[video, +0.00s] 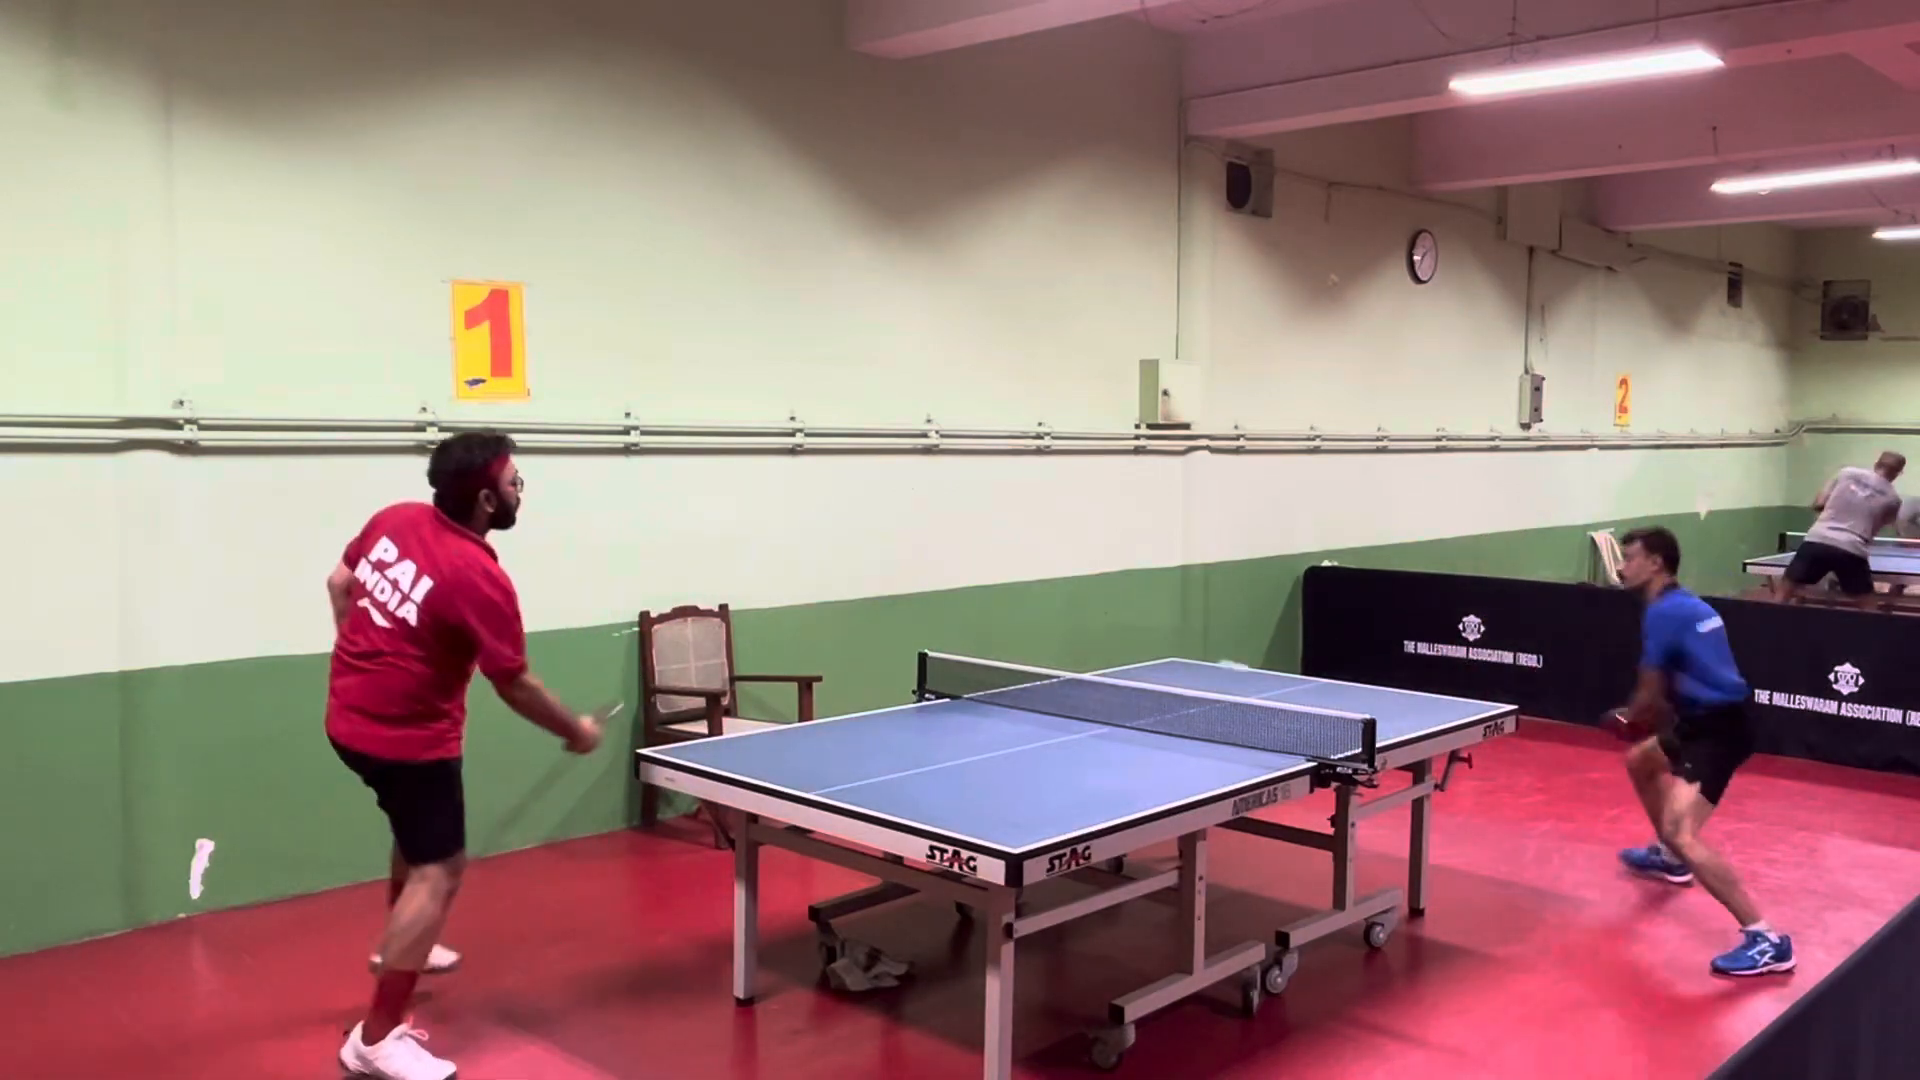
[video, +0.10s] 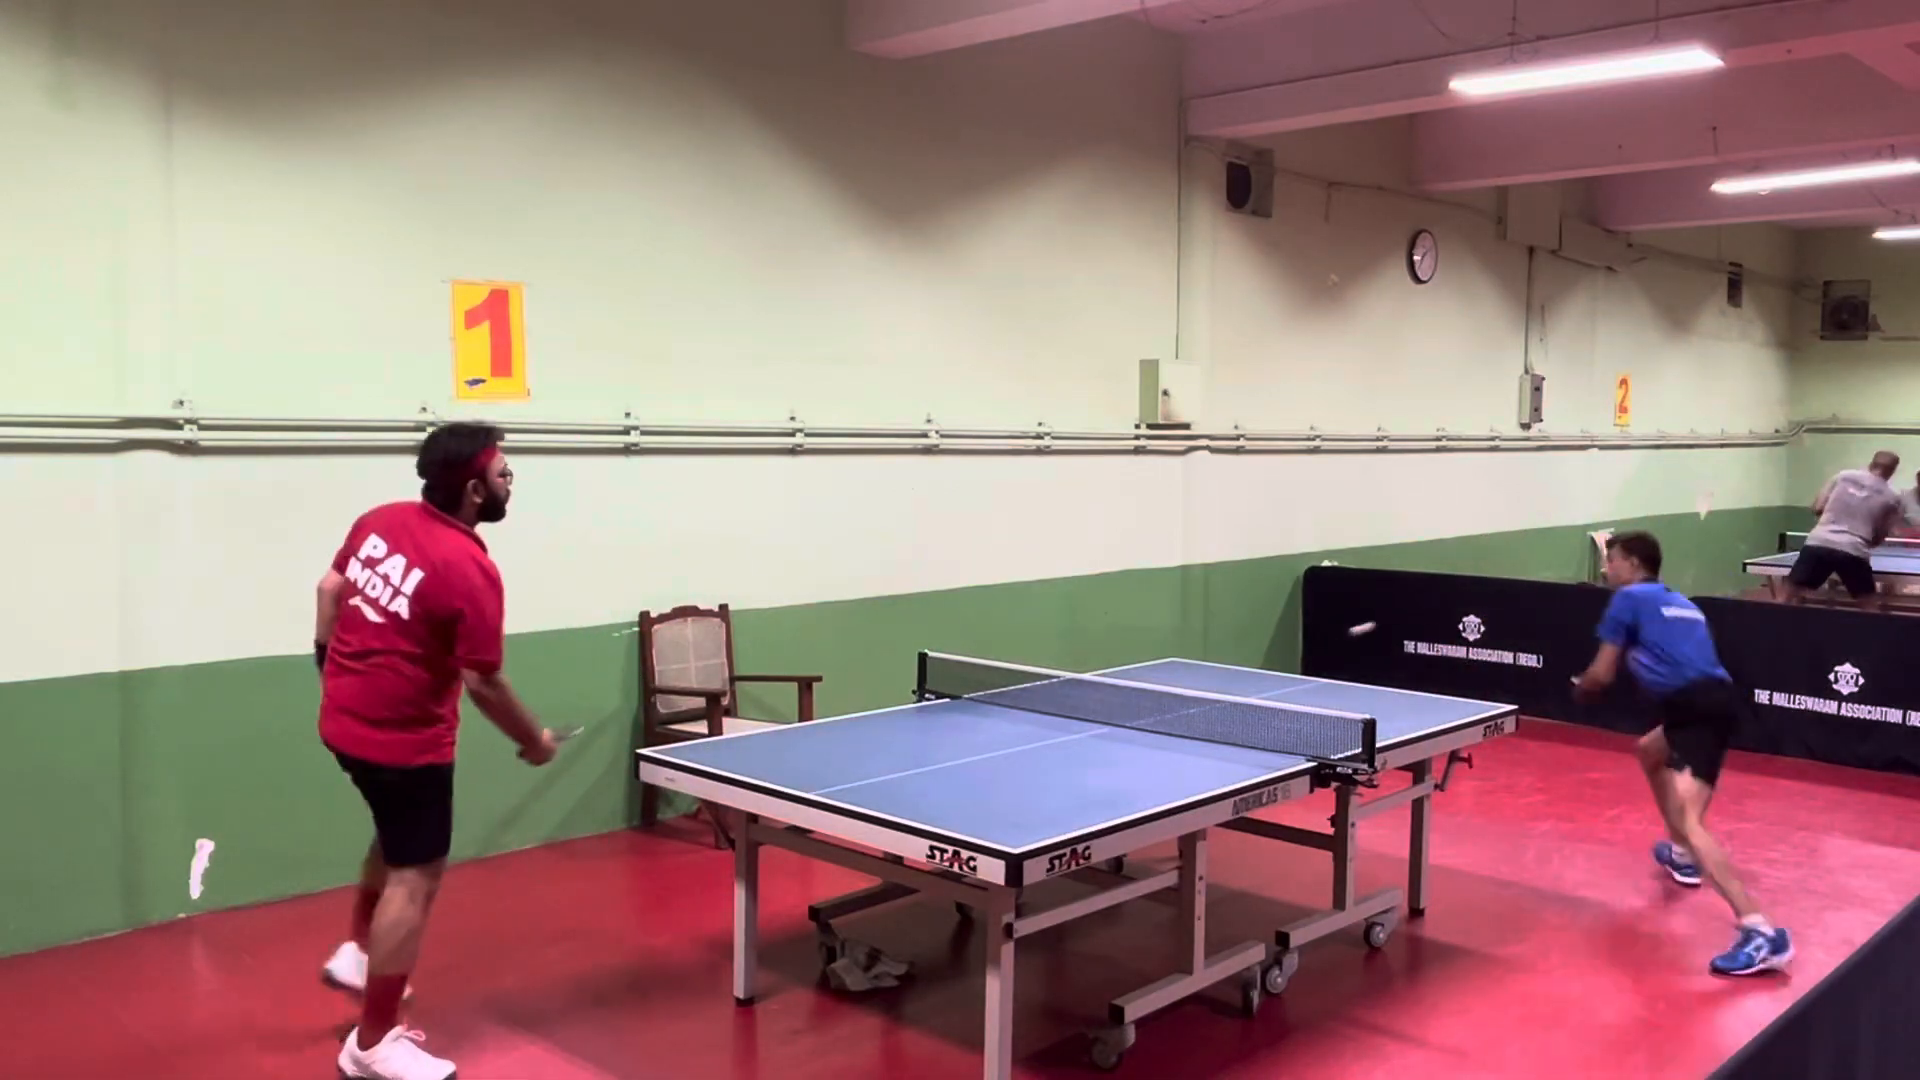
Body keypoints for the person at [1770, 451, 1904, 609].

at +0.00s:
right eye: (1898, 472)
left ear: (1876, 463)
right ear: (1898, 473)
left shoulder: (1846, 473)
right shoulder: (1893, 500)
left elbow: (1819, 503)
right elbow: (1875, 528)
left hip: (1815, 545)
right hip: (1851, 554)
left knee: (1783, 593)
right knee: (1868, 609)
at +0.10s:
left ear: (1871, 465)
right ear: (1892, 472)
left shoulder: (1843, 476)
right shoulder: (1892, 498)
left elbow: (1818, 507)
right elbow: (1879, 537)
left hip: (1817, 547)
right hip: (1852, 554)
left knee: (1789, 597)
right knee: (1869, 609)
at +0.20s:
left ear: (1861, 466)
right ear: (1883, 473)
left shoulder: (1835, 481)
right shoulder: (1885, 498)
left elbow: (1815, 514)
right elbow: (1885, 541)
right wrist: (1868, 553)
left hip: (1816, 549)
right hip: (1851, 556)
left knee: (1789, 596)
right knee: (1866, 607)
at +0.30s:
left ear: (1848, 467)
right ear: (1870, 474)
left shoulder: (1822, 485)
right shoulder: (1873, 498)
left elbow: (1807, 519)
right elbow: (1882, 540)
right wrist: (1868, 554)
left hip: (1810, 555)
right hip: (1845, 559)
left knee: (1787, 601)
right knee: (1868, 608)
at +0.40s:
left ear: (1835, 467)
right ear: (1858, 472)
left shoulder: (1811, 484)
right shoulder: (1864, 494)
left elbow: (1795, 520)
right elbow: (1872, 538)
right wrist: (1856, 555)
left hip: (1802, 554)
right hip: (1836, 559)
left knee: (1784, 600)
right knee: (1858, 605)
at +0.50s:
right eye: (1851, 467)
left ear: (1827, 465)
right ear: (1849, 469)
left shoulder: (1803, 483)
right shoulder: (1856, 491)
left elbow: (1786, 518)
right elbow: (1862, 536)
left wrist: (1806, 523)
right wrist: (1853, 548)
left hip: (1795, 553)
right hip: (1829, 556)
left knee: (1775, 602)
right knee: (1851, 607)